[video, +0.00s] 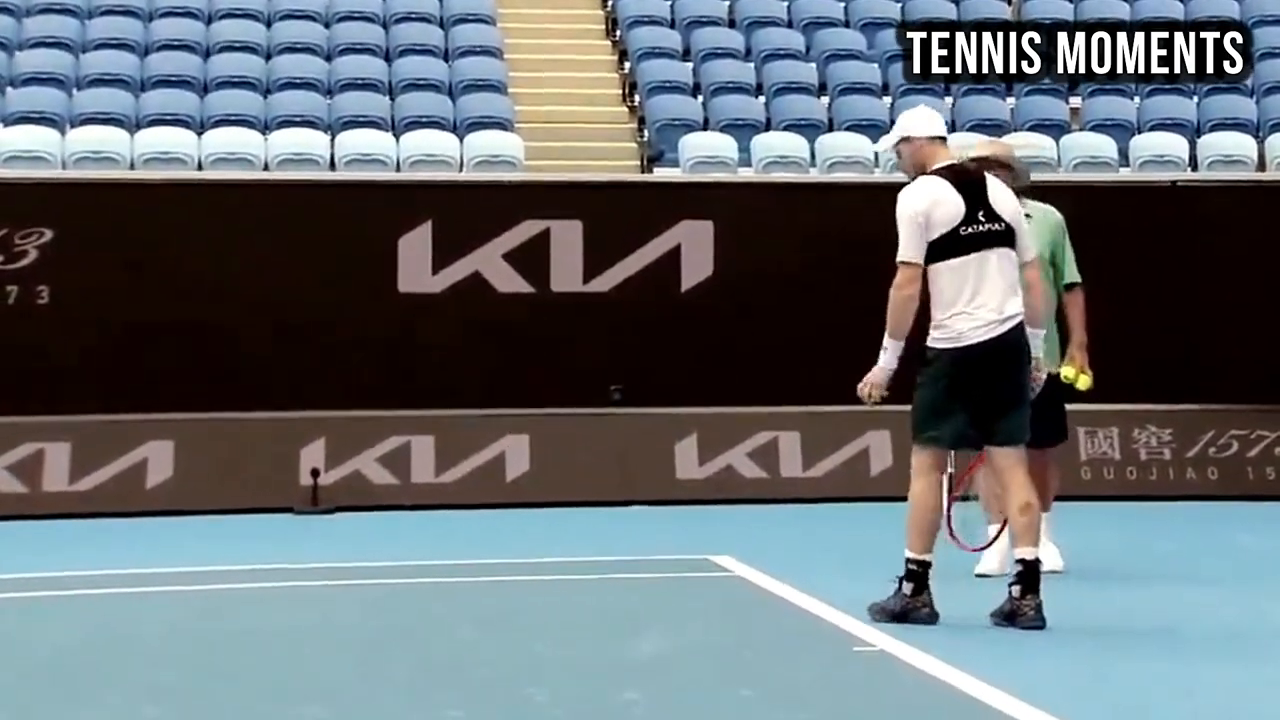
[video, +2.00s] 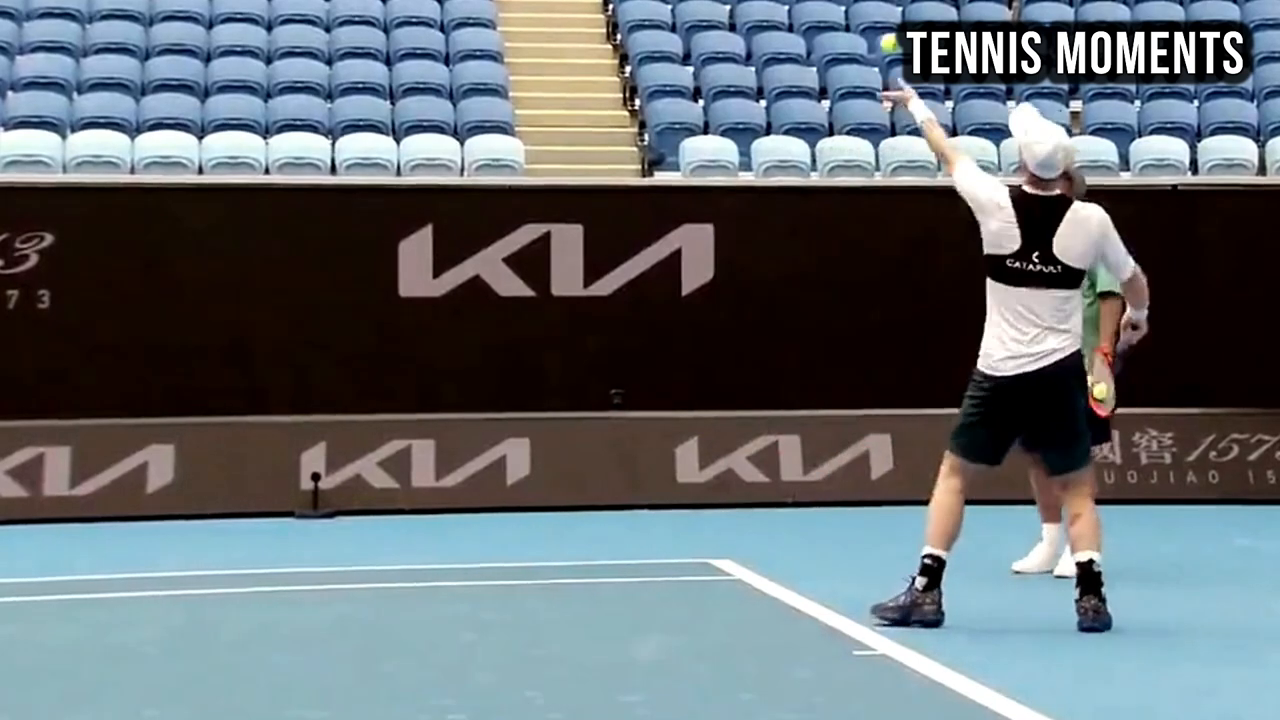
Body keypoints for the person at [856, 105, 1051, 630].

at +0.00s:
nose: (897, 159)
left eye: (899, 149)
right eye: (897, 150)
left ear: (917, 144)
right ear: (940, 140)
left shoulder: (917, 197)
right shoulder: (998, 187)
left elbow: (908, 285)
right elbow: (1034, 272)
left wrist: (885, 362)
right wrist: (1033, 348)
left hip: (952, 353)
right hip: (1009, 349)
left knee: (926, 467)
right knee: (1013, 467)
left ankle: (914, 590)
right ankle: (1027, 595)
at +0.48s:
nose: (822, 173)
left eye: (825, 163)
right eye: (821, 164)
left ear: (849, 161)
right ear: (867, 160)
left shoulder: (848, 219)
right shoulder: (922, 190)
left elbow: (849, 309)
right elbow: (972, 269)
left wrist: (842, 392)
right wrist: (950, 324)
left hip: (919, 353)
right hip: (975, 337)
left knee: (909, 472)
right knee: (994, 458)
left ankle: (914, 595)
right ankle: (1027, 583)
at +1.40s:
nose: (894, 187)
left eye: (898, 177)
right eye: (894, 178)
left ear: (918, 178)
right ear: (938, 178)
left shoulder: (914, 238)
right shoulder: (992, 204)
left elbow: (910, 329)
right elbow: (1005, 300)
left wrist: (902, 409)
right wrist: (958, 383)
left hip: (986, 361)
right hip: (1046, 350)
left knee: (944, 472)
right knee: (1056, 474)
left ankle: (915, 595)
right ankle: (1090, 595)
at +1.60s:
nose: (944, 177)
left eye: (948, 167)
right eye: (946, 167)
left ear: (967, 170)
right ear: (993, 168)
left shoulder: (956, 234)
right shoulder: (1045, 205)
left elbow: (969, 323)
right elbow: (1058, 286)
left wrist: (976, 395)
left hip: (1011, 373)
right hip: (1071, 363)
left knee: (959, 476)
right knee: (1076, 481)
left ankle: (917, 593)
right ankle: (1092, 597)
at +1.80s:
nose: (1002, 157)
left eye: (1002, 153)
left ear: (1007, 160)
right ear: (1050, 159)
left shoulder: (986, 216)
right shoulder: (1090, 212)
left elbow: (970, 288)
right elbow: (1115, 295)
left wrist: (952, 341)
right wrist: (1110, 353)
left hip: (1012, 373)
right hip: (1074, 369)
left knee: (962, 471)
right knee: (1081, 484)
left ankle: (921, 592)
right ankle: (1092, 597)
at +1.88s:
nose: (1013, 152)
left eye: (1015, 149)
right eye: (1023, 149)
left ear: (1019, 158)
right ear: (1062, 159)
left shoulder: (992, 206)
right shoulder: (1094, 212)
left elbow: (957, 241)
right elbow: (1123, 286)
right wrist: (1120, 346)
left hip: (1009, 371)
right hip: (1072, 369)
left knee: (960, 474)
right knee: (1080, 488)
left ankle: (923, 591)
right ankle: (1091, 597)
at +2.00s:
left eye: (1022, 154)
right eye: (1070, 165)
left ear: (1021, 167)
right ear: (1067, 171)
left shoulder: (994, 203)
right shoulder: (1092, 222)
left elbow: (949, 153)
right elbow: (1135, 285)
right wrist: (1140, 319)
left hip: (997, 375)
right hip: (1061, 374)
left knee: (953, 475)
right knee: (1077, 492)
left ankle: (925, 590)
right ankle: (1091, 596)